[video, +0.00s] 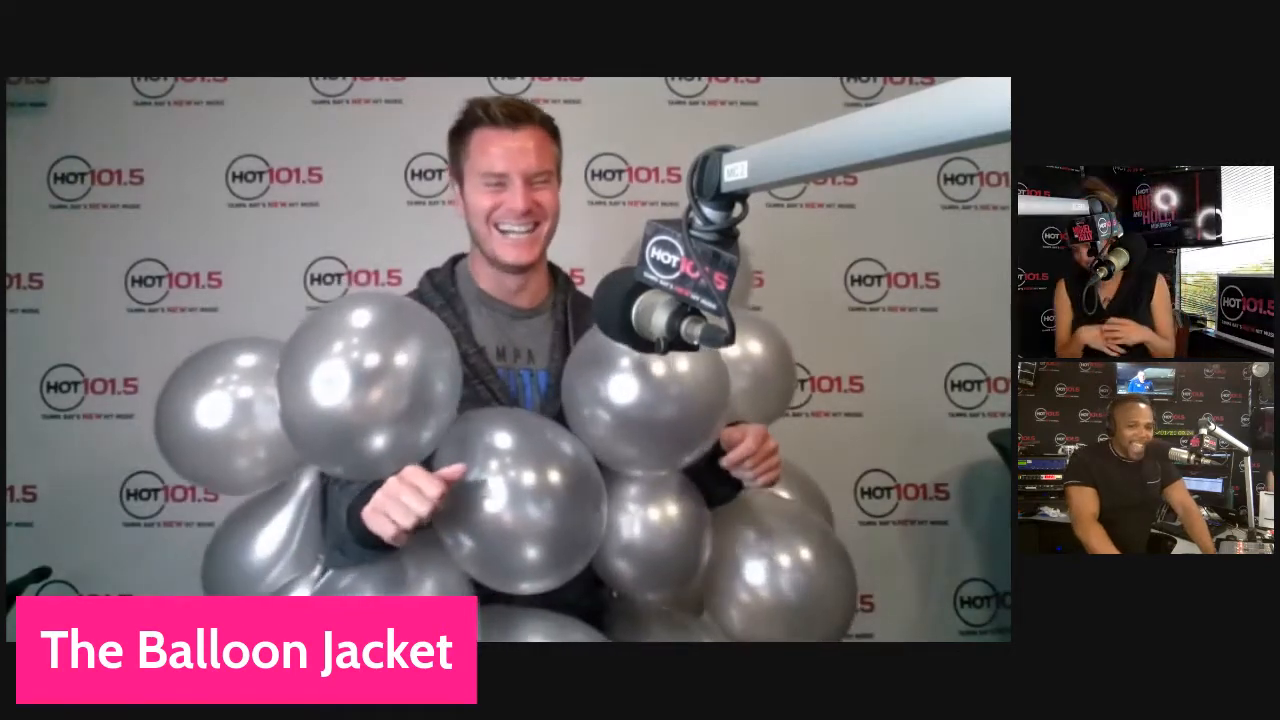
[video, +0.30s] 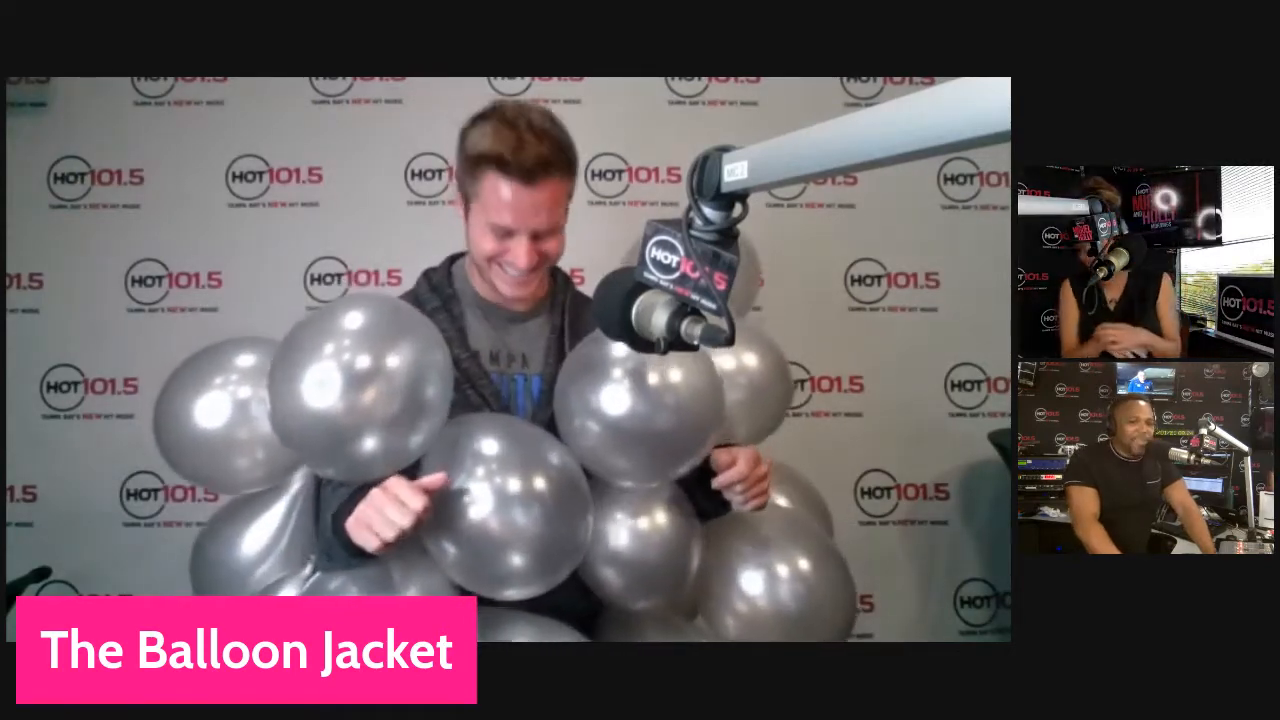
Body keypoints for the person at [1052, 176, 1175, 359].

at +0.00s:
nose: (1083, 258)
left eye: (1091, 248)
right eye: (1075, 250)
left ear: (1113, 241)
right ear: (1070, 250)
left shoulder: (1152, 284)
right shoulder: (1067, 288)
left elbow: (1169, 351)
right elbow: (1063, 356)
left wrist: (1146, 335)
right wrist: (1080, 336)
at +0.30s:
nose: (1085, 257)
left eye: (1092, 249)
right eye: (1079, 250)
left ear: (1117, 240)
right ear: (1075, 250)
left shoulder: (1158, 283)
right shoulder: (1073, 288)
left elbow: (1174, 350)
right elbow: (1069, 356)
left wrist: (1143, 337)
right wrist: (1100, 341)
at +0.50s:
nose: (1109, 239)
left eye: (1116, 229)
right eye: (1102, 230)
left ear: (1135, 227)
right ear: (1093, 236)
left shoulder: (1171, 281)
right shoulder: (1087, 287)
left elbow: (1188, 352)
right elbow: (1083, 356)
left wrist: (1156, 341)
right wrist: (1108, 345)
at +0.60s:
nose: (1124, 237)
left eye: (1131, 226)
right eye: (1114, 230)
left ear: (1148, 228)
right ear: (1104, 240)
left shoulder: (1182, 283)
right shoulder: (1097, 286)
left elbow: (1199, 353)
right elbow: (1091, 357)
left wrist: (1171, 342)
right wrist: (1111, 343)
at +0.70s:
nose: (1137, 233)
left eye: (1145, 222)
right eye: (1126, 227)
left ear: (1163, 225)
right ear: (1118, 235)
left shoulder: (1194, 283)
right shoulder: (1106, 287)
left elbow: (1213, 354)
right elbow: (1101, 357)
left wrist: (1185, 343)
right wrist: (1121, 342)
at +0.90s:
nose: (1154, 229)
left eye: (1165, 218)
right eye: (1146, 221)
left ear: (1186, 223)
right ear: (1140, 229)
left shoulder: (1220, 283)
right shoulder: (1125, 285)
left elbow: (1239, 358)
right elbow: (1118, 356)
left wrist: (1201, 349)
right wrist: (1137, 342)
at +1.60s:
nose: (1153, 224)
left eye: (1167, 216)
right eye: (1147, 215)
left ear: (1185, 227)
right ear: (1138, 222)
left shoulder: (1207, 290)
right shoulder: (1110, 283)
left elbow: (1218, 363)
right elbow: (1095, 351)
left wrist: (1177, 350)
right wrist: (1125, 348)